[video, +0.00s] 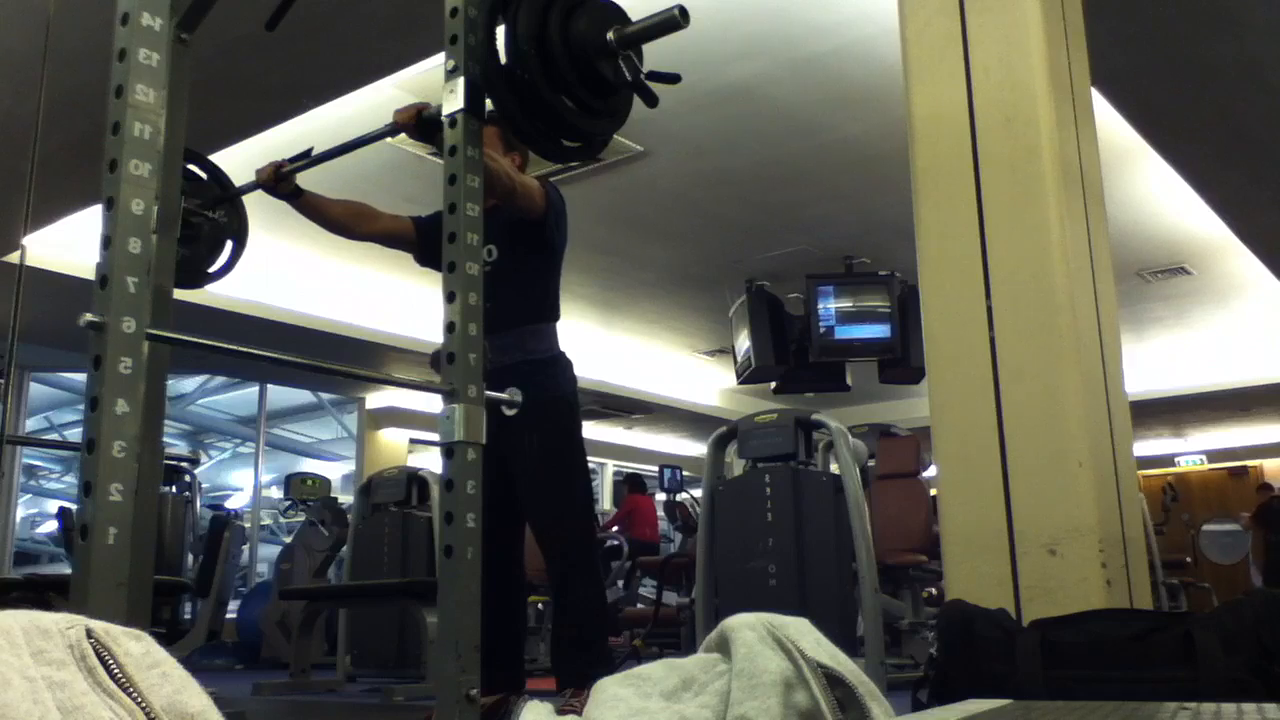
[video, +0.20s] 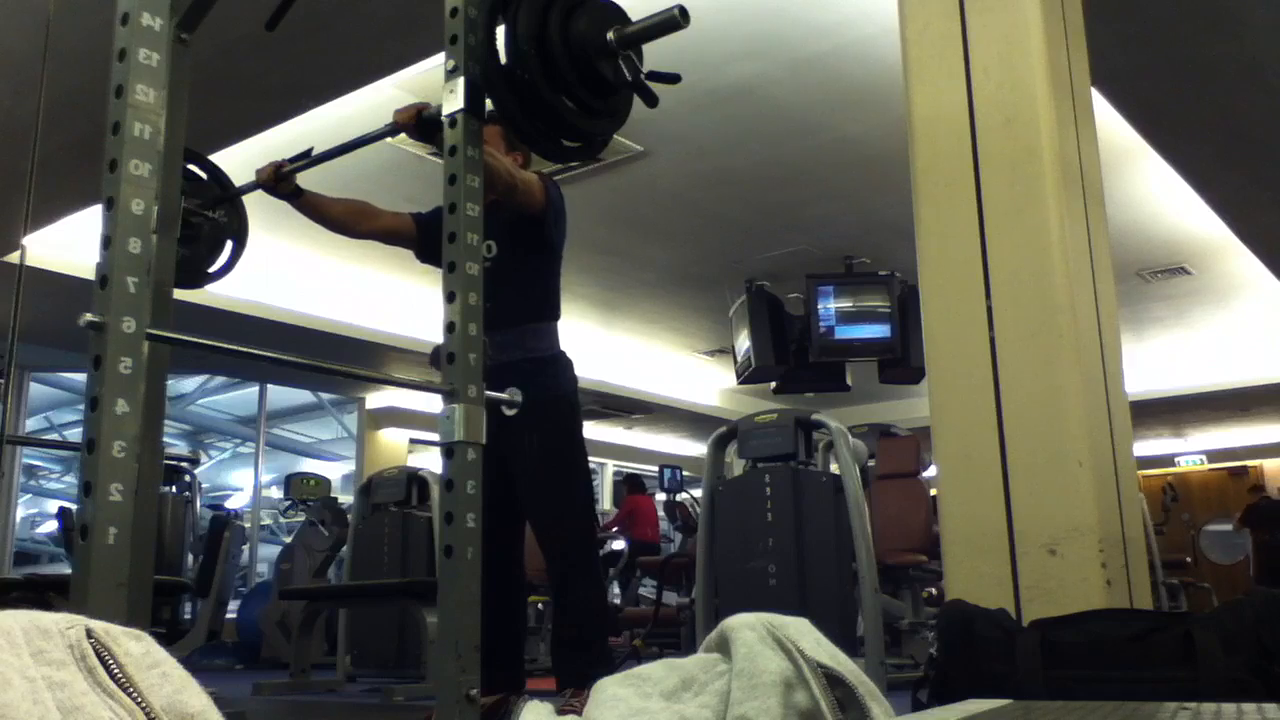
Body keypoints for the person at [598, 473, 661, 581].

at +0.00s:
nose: (624, 489)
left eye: (626, 486)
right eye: (624, 486)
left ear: (630, 486)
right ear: (642, 486)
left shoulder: (631, 500)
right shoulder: (649, 500)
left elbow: (616, 519)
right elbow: (633, 524)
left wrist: (601, 529)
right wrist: (614, 534)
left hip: (637, 546)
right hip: (654, 547)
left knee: (605, 553)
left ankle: (611, 586)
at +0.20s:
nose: (624, 490)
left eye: (625, 487)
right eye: (624, 487)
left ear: (629, 487)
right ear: (642, 486)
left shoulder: (631, 500)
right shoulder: (649, 500)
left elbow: (618, 520)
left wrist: (602, 529)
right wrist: (618, 531)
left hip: (637, 547)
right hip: (654, 547)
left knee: (604, 560)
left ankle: (601, 596)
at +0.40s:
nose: (625, 490)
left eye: (626, 487)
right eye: (625, 487)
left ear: (630, 487)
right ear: (643, 487)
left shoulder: (631, 500)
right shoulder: (649, 501)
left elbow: (617, 518)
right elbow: (638, 522)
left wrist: (602, 528)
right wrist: (620, 530)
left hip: (637, 545)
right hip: (654, 546)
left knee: (614, 559)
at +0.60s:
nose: (626, 490)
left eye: (627, 487)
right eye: (626, 487)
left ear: (630, 487)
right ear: (644, 487)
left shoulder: (631, 500)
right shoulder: (650, 501)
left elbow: (616, 519)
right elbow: (638, 522)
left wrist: (600, 530)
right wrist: (620, 530)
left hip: (637, 547)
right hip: (654, 547)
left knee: (614, 559)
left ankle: (617, 604)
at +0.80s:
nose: (625, 490)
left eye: (626, 487)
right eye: (625, 487)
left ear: (630, 487)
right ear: (644, 487)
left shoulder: (630, 500)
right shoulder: (650, 500)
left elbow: (616, 520)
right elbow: (637, 523)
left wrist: (600, 530)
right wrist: (619, 532)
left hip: (636, 545)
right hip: (654, 546)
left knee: (605, 562)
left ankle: (618, 595)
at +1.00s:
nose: (624, 490)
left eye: (625, 487)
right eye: (625, 487)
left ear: (629, 486)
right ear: (642, 485)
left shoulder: (631, 500)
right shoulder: (649, 500)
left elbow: (617, 520)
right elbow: (636, 524)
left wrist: (600, 530)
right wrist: (617, 532)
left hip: (636, 545)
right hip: (653, 546)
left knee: (602, 553)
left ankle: (606, 590)